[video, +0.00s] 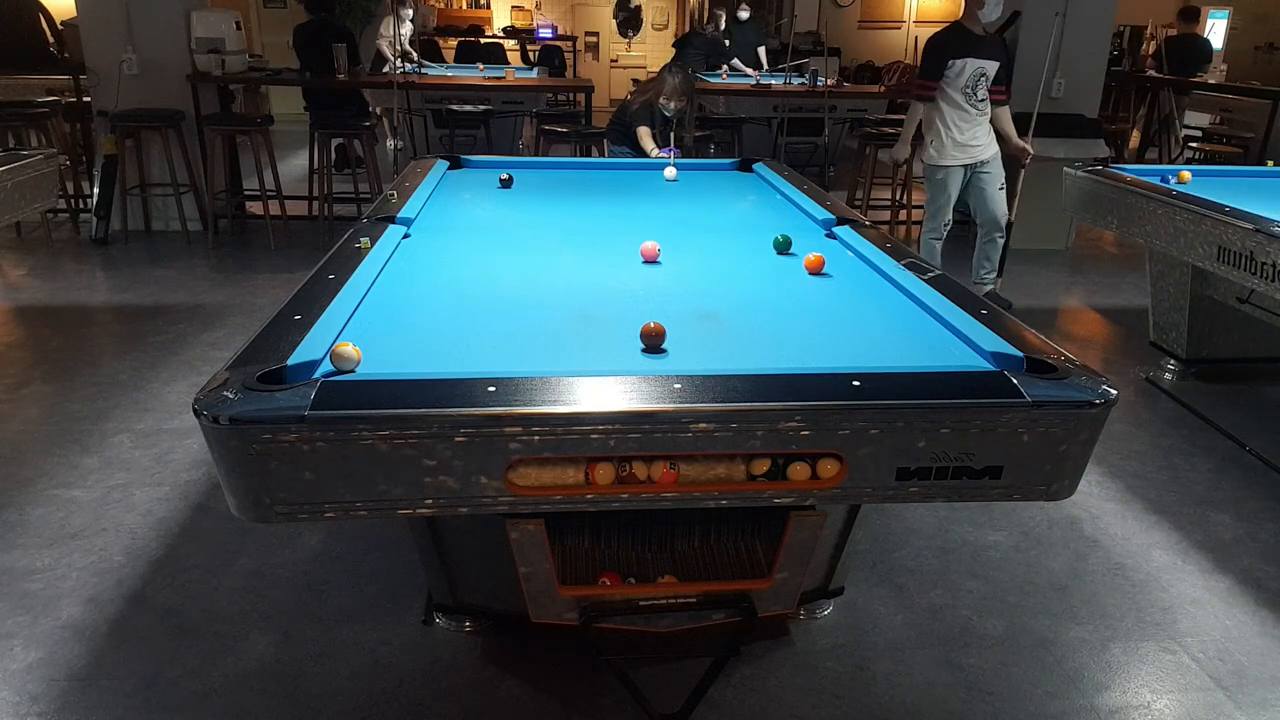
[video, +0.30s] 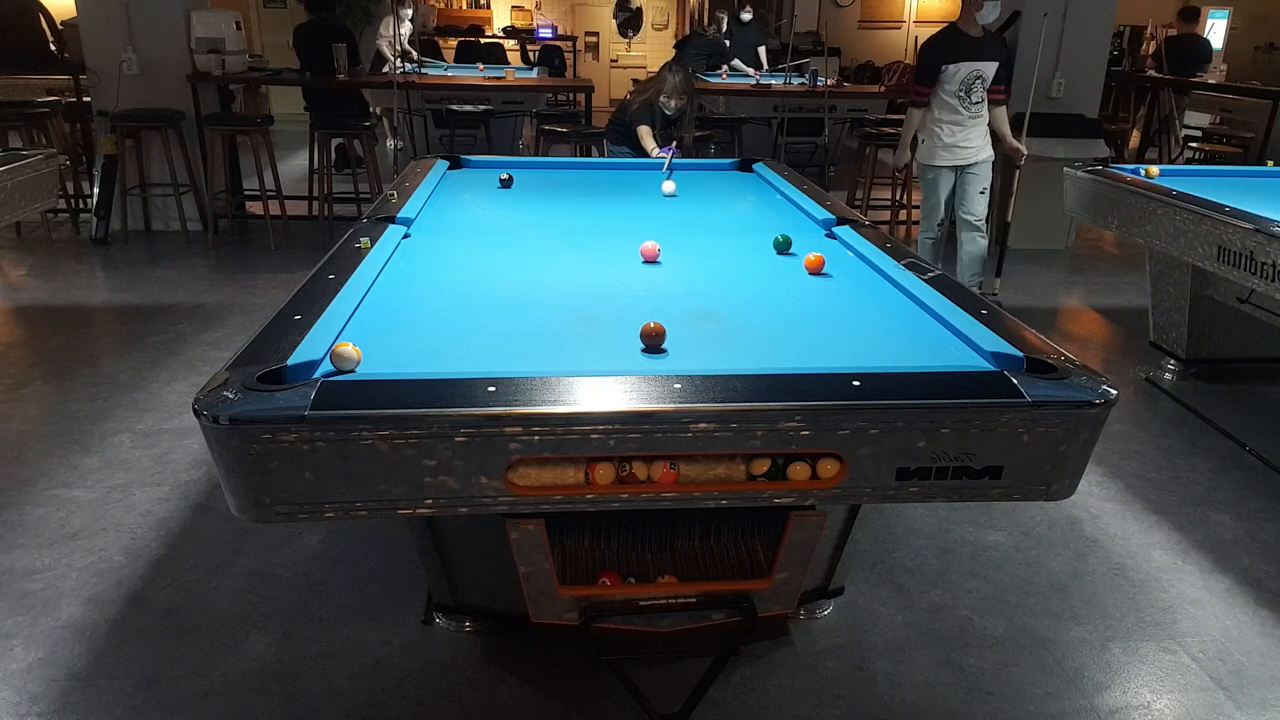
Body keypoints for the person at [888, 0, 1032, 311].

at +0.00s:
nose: (989, 6)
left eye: (993, 2)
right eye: (983, 1)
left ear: (996, 6)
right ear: (969, 2)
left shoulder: (998, 47)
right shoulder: (941, 42)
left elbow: (998, 104)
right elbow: (919, 98)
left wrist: (1014, 140)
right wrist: (903, 143)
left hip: (986, 152)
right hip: (945, 154)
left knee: (995, 220)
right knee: (936, 226)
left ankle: (984, 289)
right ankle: (927, 287)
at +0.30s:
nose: (987, 7)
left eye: (989, 3)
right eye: (981, 2)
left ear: (990, 7)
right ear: (967, 3)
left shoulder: (997, 47)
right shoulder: (935, 46)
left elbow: (997, 103)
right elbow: (917, 103)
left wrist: (1008, 140)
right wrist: (903, 147)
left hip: (978, 152)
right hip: (937, 152)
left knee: (973, 223)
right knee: (932, 225)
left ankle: (970, 293)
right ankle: (926, 288)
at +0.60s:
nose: (993, 8)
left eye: (994, 3)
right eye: (987, 2)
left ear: (994, 8)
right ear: (969, 4)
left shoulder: (999, 46)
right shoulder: (935, 46)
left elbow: (1002, 101)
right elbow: (929, 101)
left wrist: (1012, 141)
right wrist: (938, 144)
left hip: (976, 154)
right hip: (934, 151)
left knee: (952, 228)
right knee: (928, 226)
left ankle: (932, 292)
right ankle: (917, 289)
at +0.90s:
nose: (998, 6)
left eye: (1004, 3)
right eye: (994, 1)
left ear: (1010, 8)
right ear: (979, 2)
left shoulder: (1008, 49)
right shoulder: (942, 41)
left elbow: (1006, 109)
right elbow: (931, 100)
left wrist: (1011, 150)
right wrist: (930, 148)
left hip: (976, 159)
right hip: (935, 154)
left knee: (953, 236)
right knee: (927, 231)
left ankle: (932, 299)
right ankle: (915, 294)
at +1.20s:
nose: (1007, 6)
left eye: (1012, 2)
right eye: (1000, 1)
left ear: (1018, 8)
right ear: (983, 2)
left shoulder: (1016, 53)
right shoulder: (946, 41)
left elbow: (1012, 115)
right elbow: (919, 100)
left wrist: (1010, 160)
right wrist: (903, 146)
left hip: (981, 164)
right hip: (936, 158)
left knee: (956, 241)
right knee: (922, 235)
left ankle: (936, 299)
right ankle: (905, 298)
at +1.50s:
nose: (1014, 7)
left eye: (1017, 3)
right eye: (1007, 2)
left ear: (1018, 9)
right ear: (989, 4)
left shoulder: (1018, 55)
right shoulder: (946, 52)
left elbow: (1015, 114)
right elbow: (929, 114)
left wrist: (1016, 159)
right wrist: (919, 164)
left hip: (983, 171)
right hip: (943, 167)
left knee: (956, 247)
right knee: (932, 249)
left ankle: (936, 306)